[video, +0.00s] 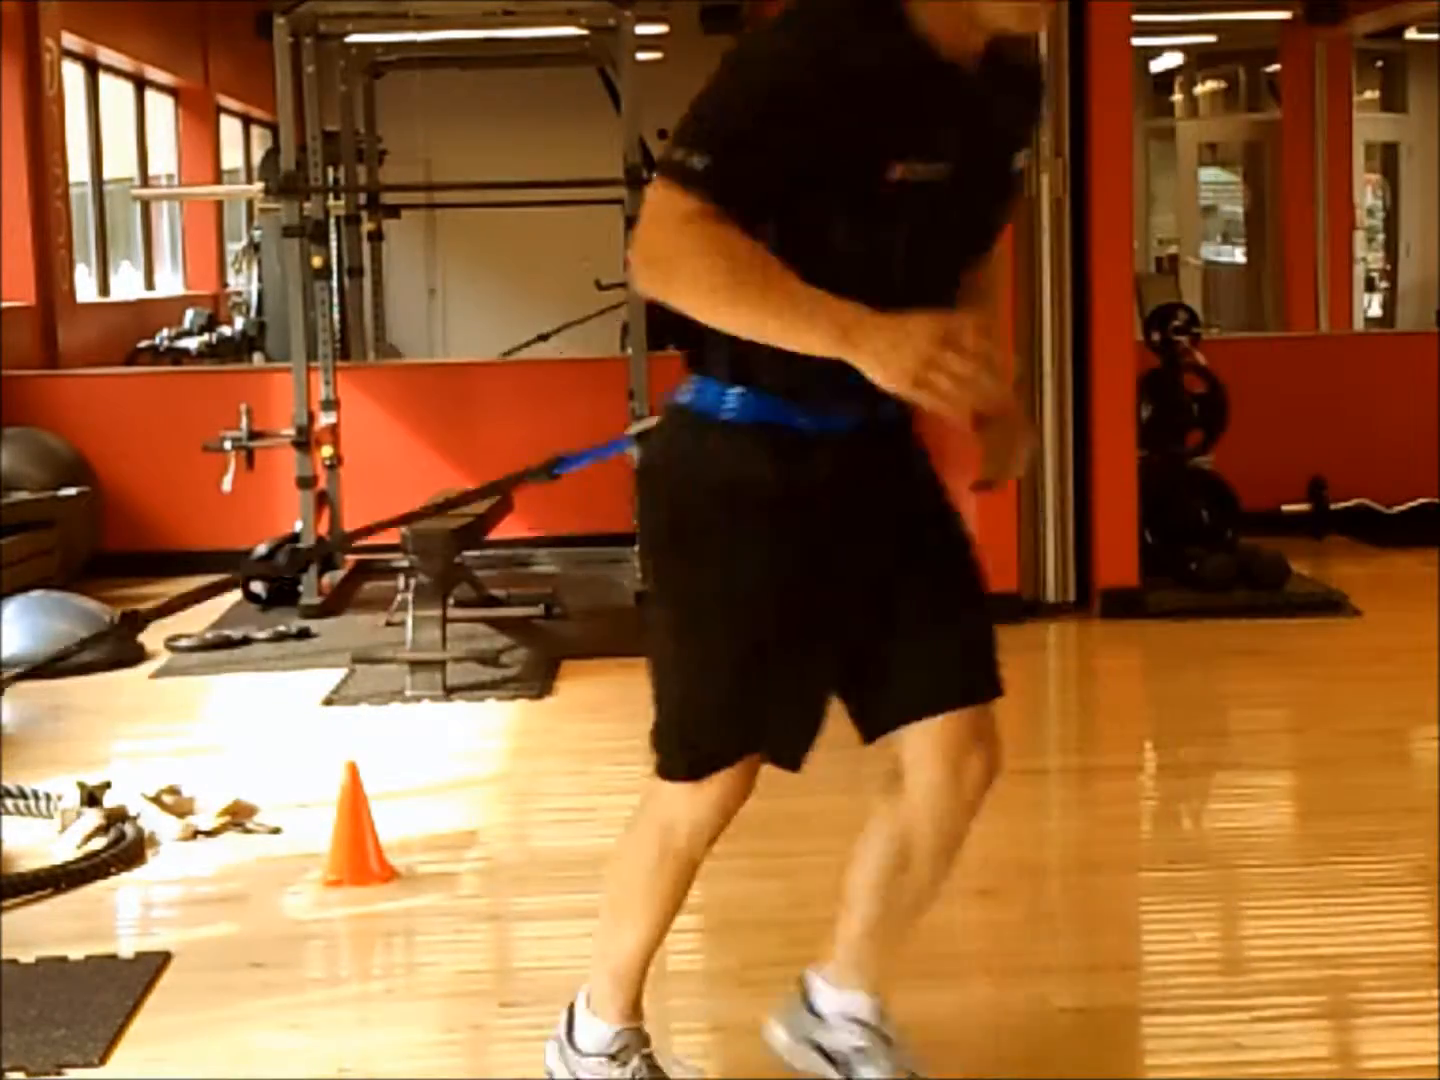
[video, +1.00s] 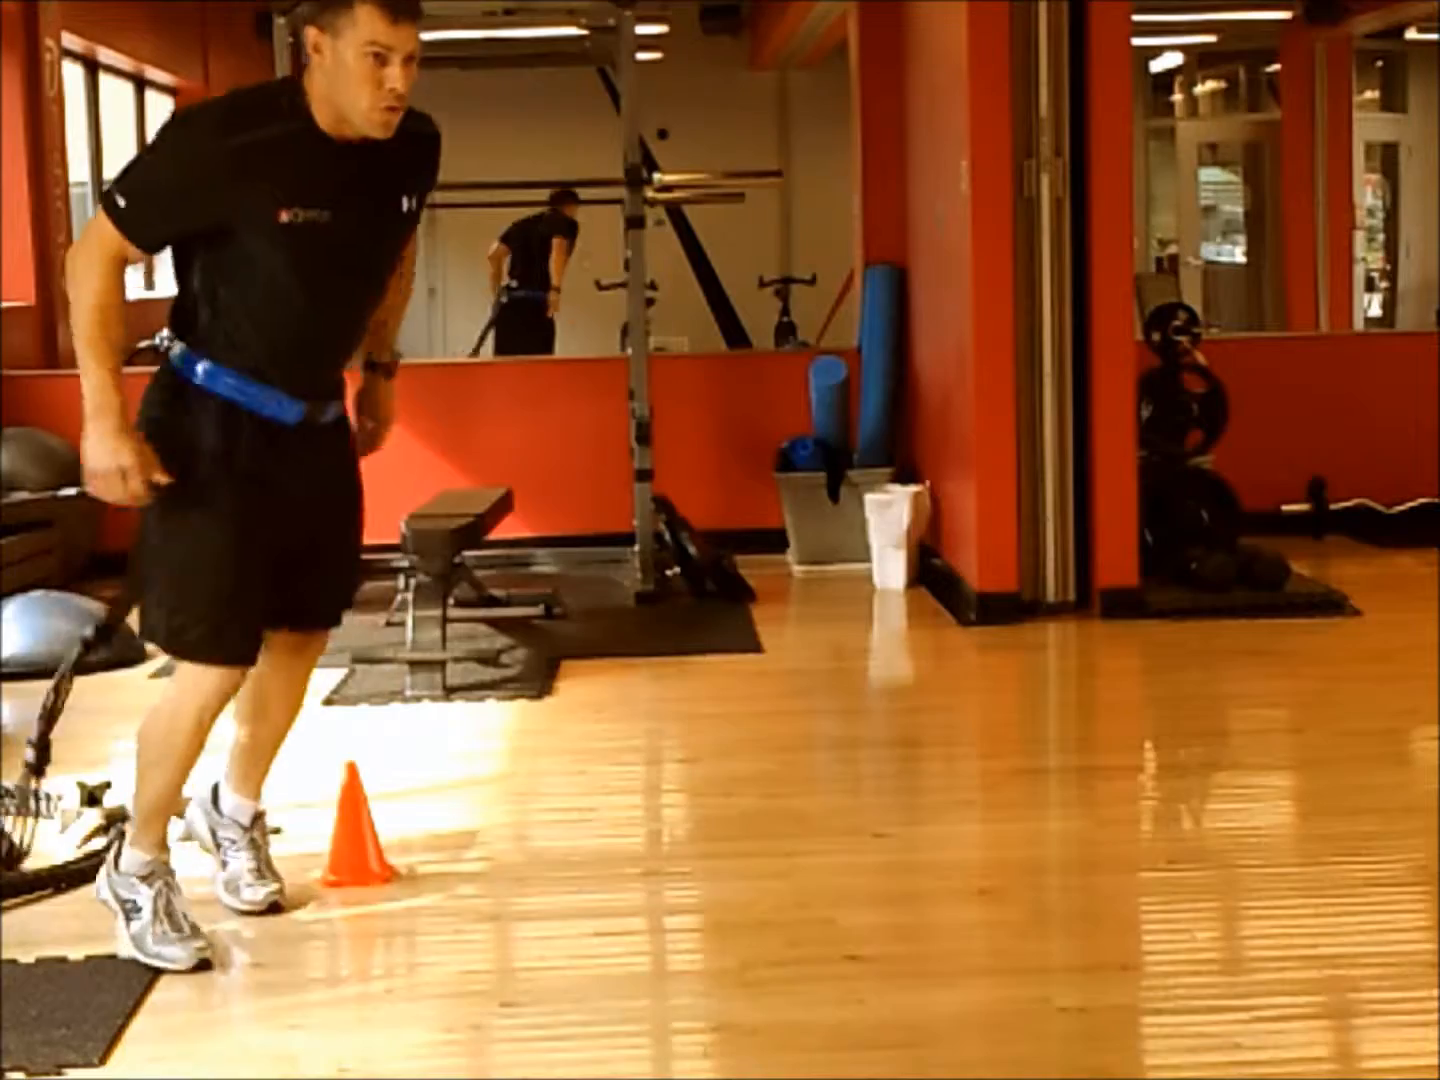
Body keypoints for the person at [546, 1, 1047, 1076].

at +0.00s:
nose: (1047, 7)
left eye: (1049, 6)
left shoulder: (1012, 74)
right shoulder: (808, 44)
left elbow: (977, 243)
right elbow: (663, 244)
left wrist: (991, 387)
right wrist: (865, 335)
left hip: (874, 455)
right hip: (730, 456)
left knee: (954, 754)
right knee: (710, 766)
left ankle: (838, 1001)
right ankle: (599, 1031)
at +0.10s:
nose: (907, 21)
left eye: (908, 3)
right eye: (878, 2)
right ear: (790, 10)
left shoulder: (876, 137)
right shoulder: (678, 116)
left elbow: (872, 287)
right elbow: (542, 304)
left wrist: (895, 427)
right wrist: (725, 327)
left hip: (748, 474)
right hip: (620, 474)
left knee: (839, 751)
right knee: (670, 775)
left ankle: (674, 882)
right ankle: (586, 1047)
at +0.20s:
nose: (815, 27)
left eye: (824, 7)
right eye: (785, 4)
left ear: (833, 18)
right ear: (700, 7)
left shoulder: (784, 138)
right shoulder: (570, 105)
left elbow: (787, 292)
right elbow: (424, 262)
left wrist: (816, 426)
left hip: (640, 441)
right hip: (524, 444)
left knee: (675, 725)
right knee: (591, 736)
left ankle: (513, 841)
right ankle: (583, 1039)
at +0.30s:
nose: (705, 51)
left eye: (716, 30)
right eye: (681, 23)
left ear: (722, 39)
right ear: (603, 18)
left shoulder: (688, 160)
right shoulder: (480, 126)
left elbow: (721, 294)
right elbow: (317, 241)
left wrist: (740, 382)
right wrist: (356, 424)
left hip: (549, 449)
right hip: (442, 443)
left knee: (496, 702)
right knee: (527, 718)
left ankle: (378, 852)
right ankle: (565, 1029)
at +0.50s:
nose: (542, 98)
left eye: (552, 76)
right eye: (520, 74)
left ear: (555, 79)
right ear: (453, 68)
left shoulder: (536, 190)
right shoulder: (336, 165)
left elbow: (568, 315)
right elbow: (200, 265)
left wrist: (605, 386)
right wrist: (209, 437)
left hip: (424, 457)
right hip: (319, 451)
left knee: (398, 685)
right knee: (398, 679)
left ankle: (315, 890)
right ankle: (435, 957)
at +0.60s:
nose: (489, 30)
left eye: (501, 10)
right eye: (465, 6)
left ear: (507, 19)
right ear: (403, 10)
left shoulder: (491, 117)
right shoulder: (295, 96)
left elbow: (484, 244)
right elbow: (174, 212)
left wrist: (510, 368)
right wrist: (240, 373)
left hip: (384, 396)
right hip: (279, 390)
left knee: (366, 636)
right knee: (335, 634)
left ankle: (331, 870)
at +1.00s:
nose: (400, 82)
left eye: (410, 60)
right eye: (379, 57)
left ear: (417, 60)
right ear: (313, 48)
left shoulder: (411, 146)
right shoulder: (220, 136)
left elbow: (394, 259)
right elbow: (95, 255)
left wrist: (379, 364)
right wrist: (105, 419)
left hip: (317, 430)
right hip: (213, 420)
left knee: (300, 631)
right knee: (214, 656)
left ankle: (233, 805)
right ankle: (137, 865)